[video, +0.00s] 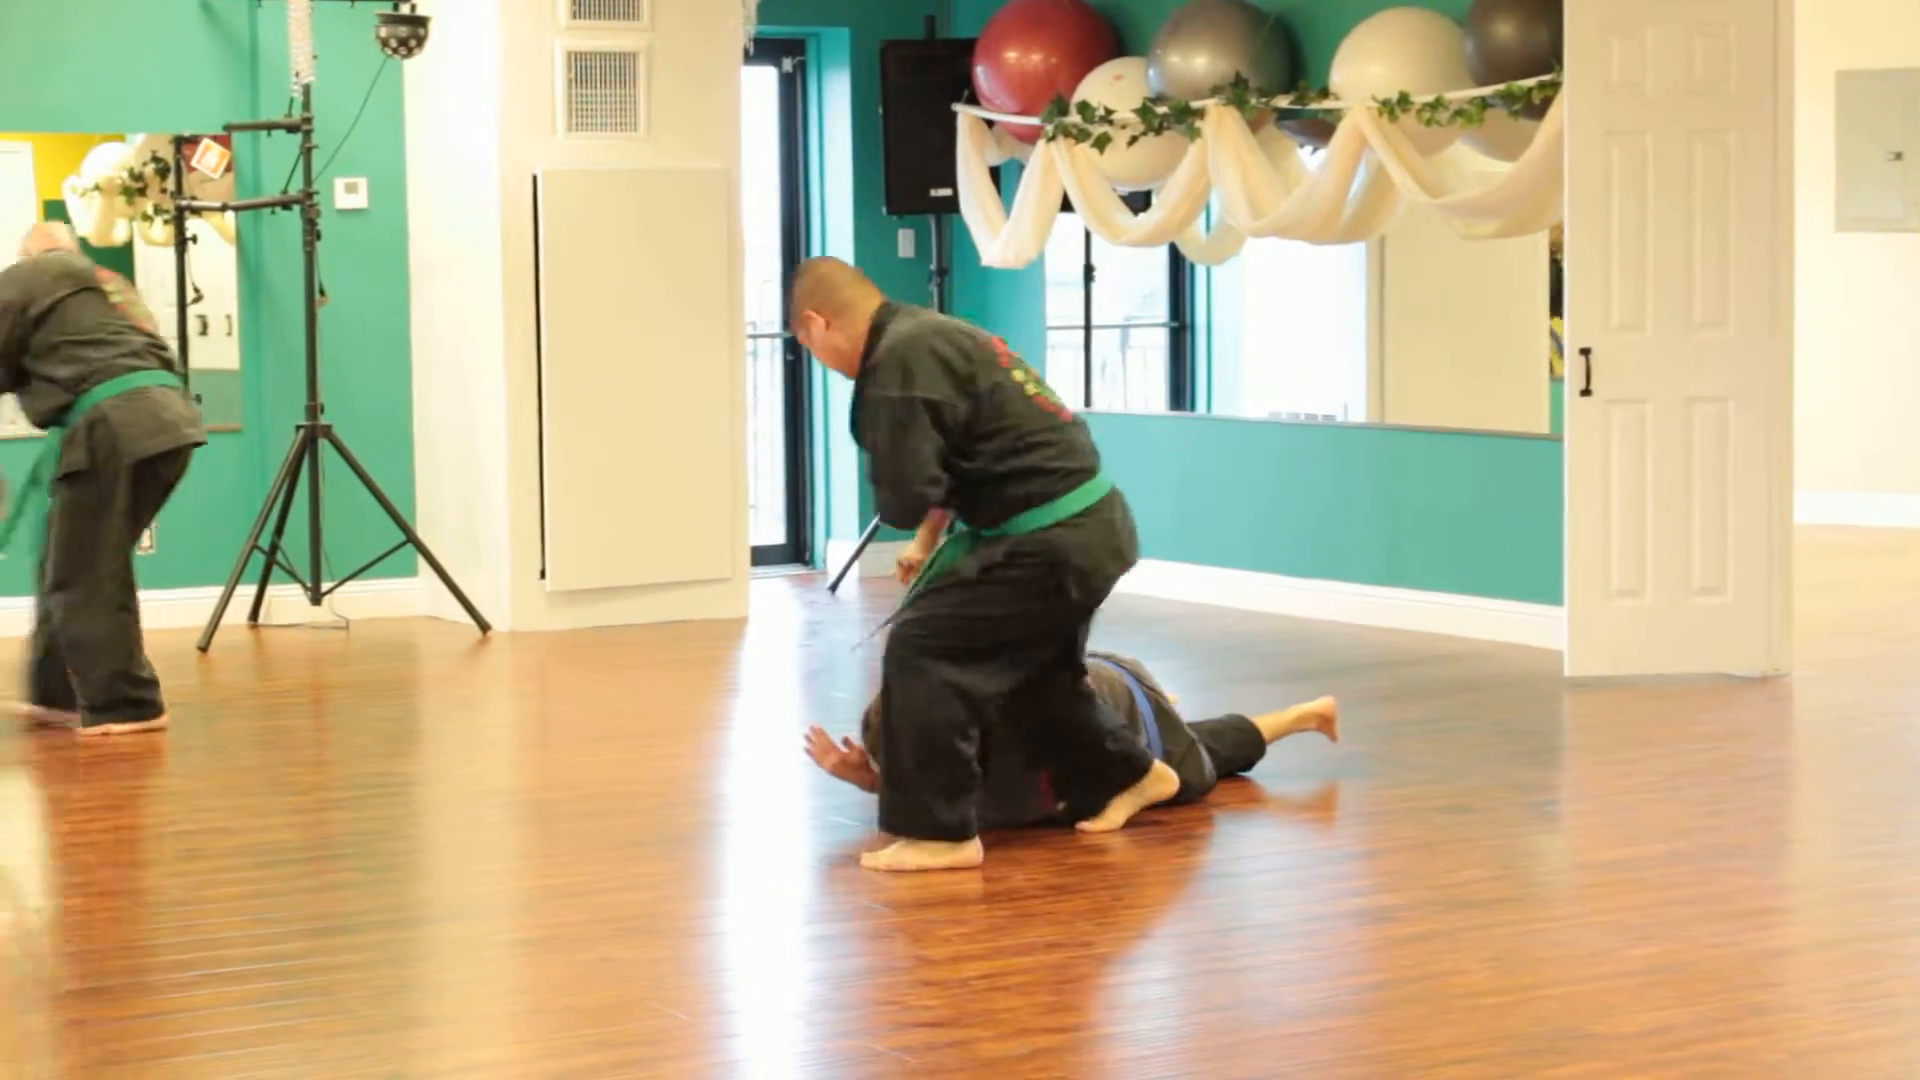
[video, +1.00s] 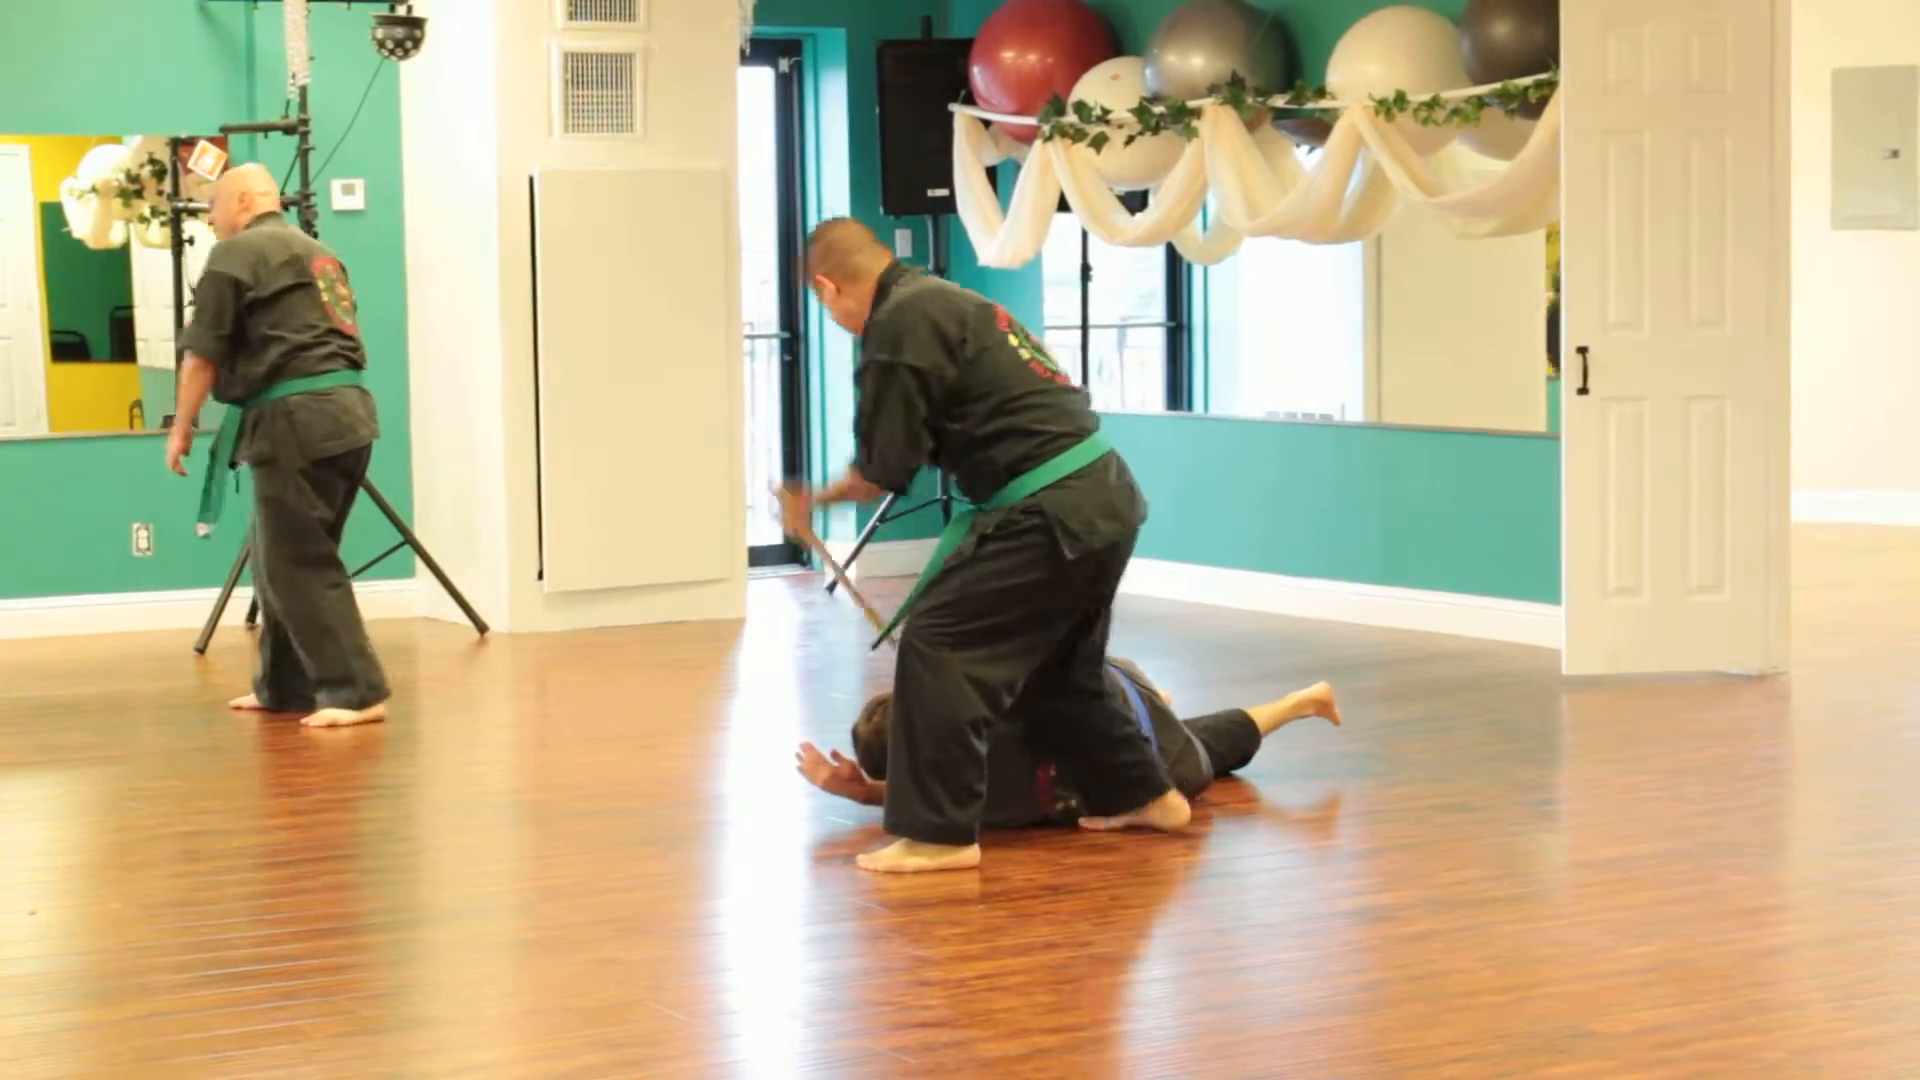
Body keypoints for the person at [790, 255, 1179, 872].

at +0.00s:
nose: (815, 356)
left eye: (806, 340)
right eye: (806, 343)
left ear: (820, 322)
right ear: (865, 298)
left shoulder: (897, 364)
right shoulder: (931, 331)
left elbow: (911, 497)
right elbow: (972, 448)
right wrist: (929, 537)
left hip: (1052, 542)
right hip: (1093, 524)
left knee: (919, 645)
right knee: (1034, 670)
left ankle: (938, 831)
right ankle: (1127, 775)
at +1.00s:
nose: (835, 318)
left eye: (828, 301)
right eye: (826, 304)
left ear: (840, 283)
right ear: (877, 263)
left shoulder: (901, 324)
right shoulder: (944, 300)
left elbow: (885, 465)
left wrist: (822, 493)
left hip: (1055, 507)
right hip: (1105, 490)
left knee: (936, 642)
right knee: (1060, 666)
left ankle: (938, 833)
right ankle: (1146, 795)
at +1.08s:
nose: (856, 306)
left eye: (850, 289)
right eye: (852, 291)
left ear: (862, 274)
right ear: (911, 253)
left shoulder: (904, 321)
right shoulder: (974, 299)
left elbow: (896, 454)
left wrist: (808, 453)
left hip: (1052, 508)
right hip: (1116, 491)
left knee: (928, 645)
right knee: (1080, 656)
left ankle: (937, 833)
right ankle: (1159, 795)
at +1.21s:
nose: (898, 287)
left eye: (895, 276)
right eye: (898, 277)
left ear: (909, 267)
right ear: (964, 253)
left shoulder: (916, 328)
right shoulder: (1035, 307)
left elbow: (881, 450)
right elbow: (1050, 417)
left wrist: (858, 414)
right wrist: (973, 466)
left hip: (1041, 521)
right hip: (1127, 504)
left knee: (903, 645)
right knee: (1098, 646)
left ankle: (930, 827)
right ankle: (1184, 803)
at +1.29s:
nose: (912, 294)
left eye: (909, 282)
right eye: (912, 283)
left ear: (921, 272)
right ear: (983, 257)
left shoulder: (925, 343)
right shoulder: (1069, 311)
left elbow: (912, 492)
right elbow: (1132, 428)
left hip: (1046, 529)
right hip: (1136, 512)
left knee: (921, 652)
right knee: (1106, 649)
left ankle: (924, 836)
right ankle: (1181, 799)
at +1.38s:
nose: (927, 308)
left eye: (922, 292)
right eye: (920, 294)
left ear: (936, 278)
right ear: (992, 259)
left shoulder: (945, 360)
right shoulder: (1091, 305)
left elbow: (966, 514)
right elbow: (1184, 385)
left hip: (1064, 532)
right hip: (1154, 511)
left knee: (945, 653)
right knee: (1117, 637)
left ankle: (926, 833)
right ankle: (1183, 797)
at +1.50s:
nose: (952, 308)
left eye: (944, 292)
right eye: (944, 295)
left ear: (961, 269)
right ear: (1001, 252)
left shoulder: (1005, 344)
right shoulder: (1099, 290)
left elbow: (1009, 478)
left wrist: (982, 445)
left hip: (1142, 507)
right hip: (1211, 491)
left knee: (1037, 655)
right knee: (1132, 650)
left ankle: (971, 812)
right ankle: (1186, 798)